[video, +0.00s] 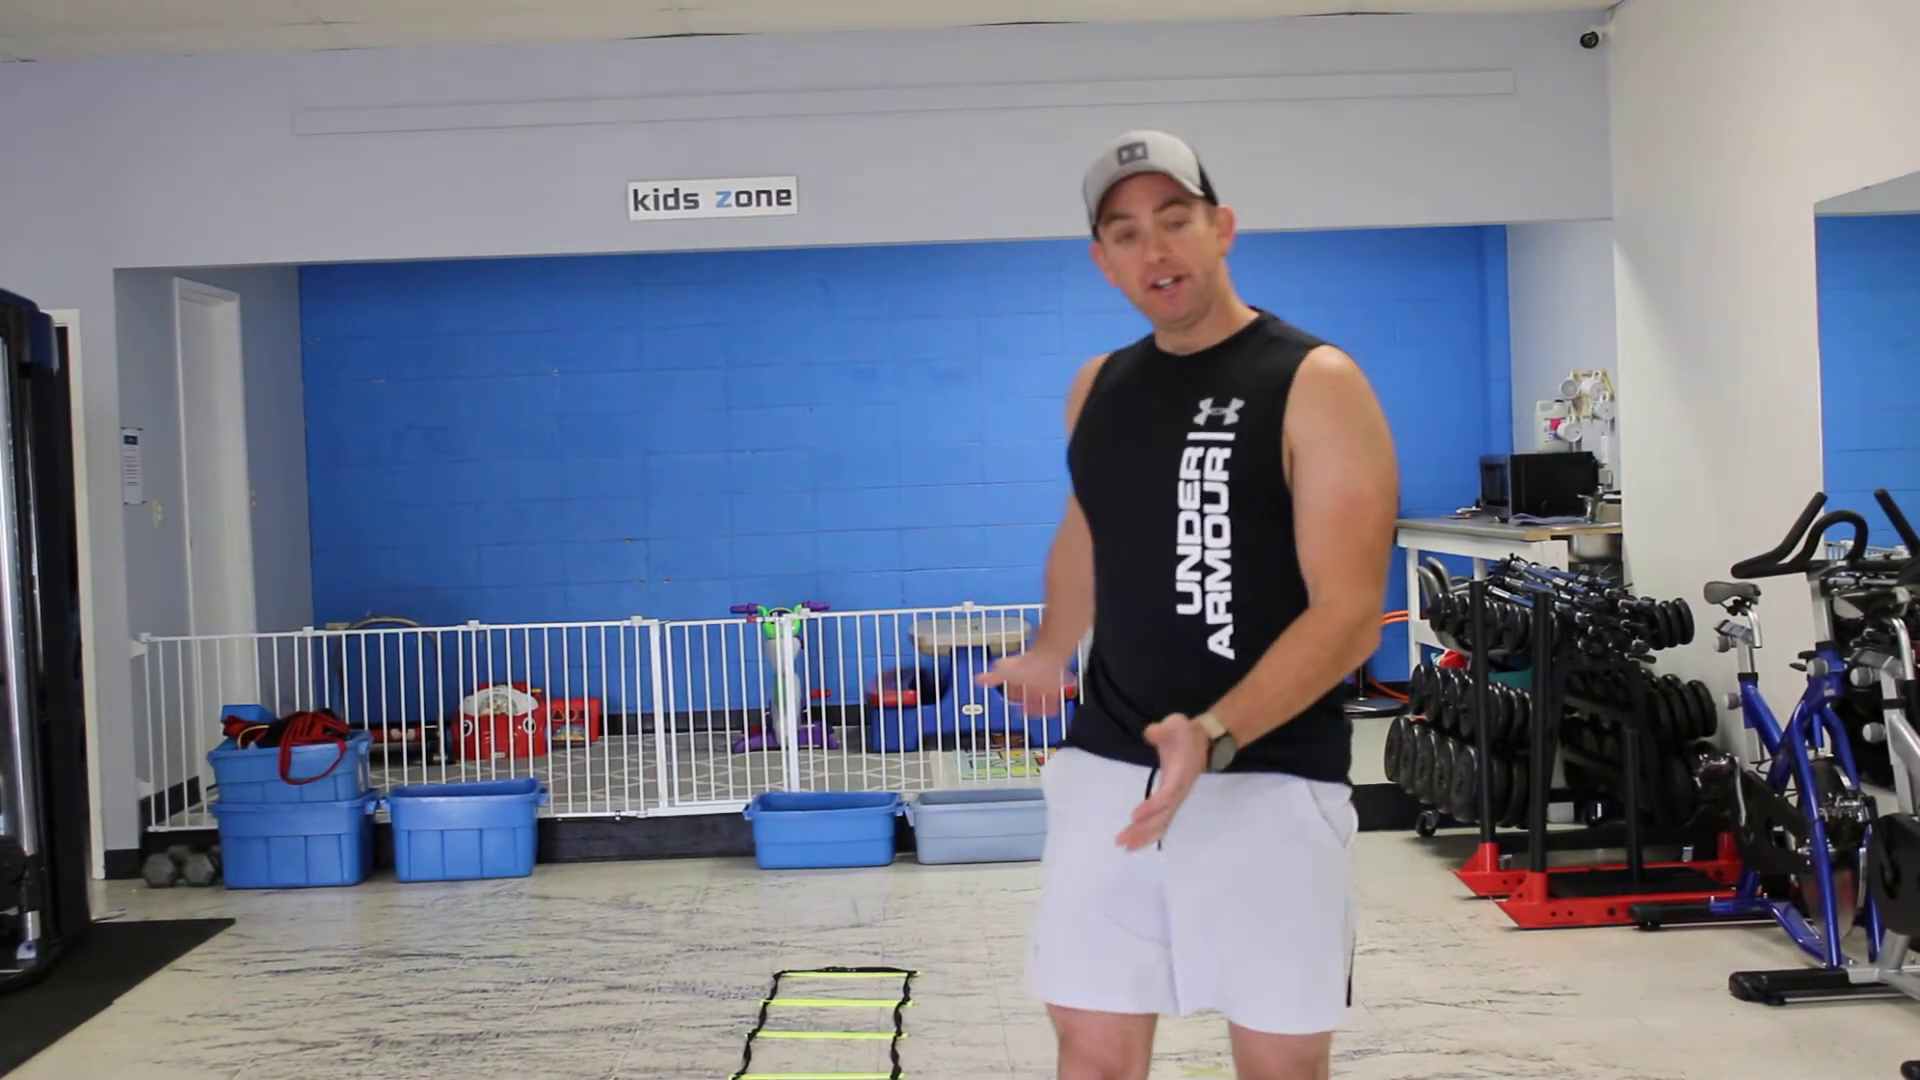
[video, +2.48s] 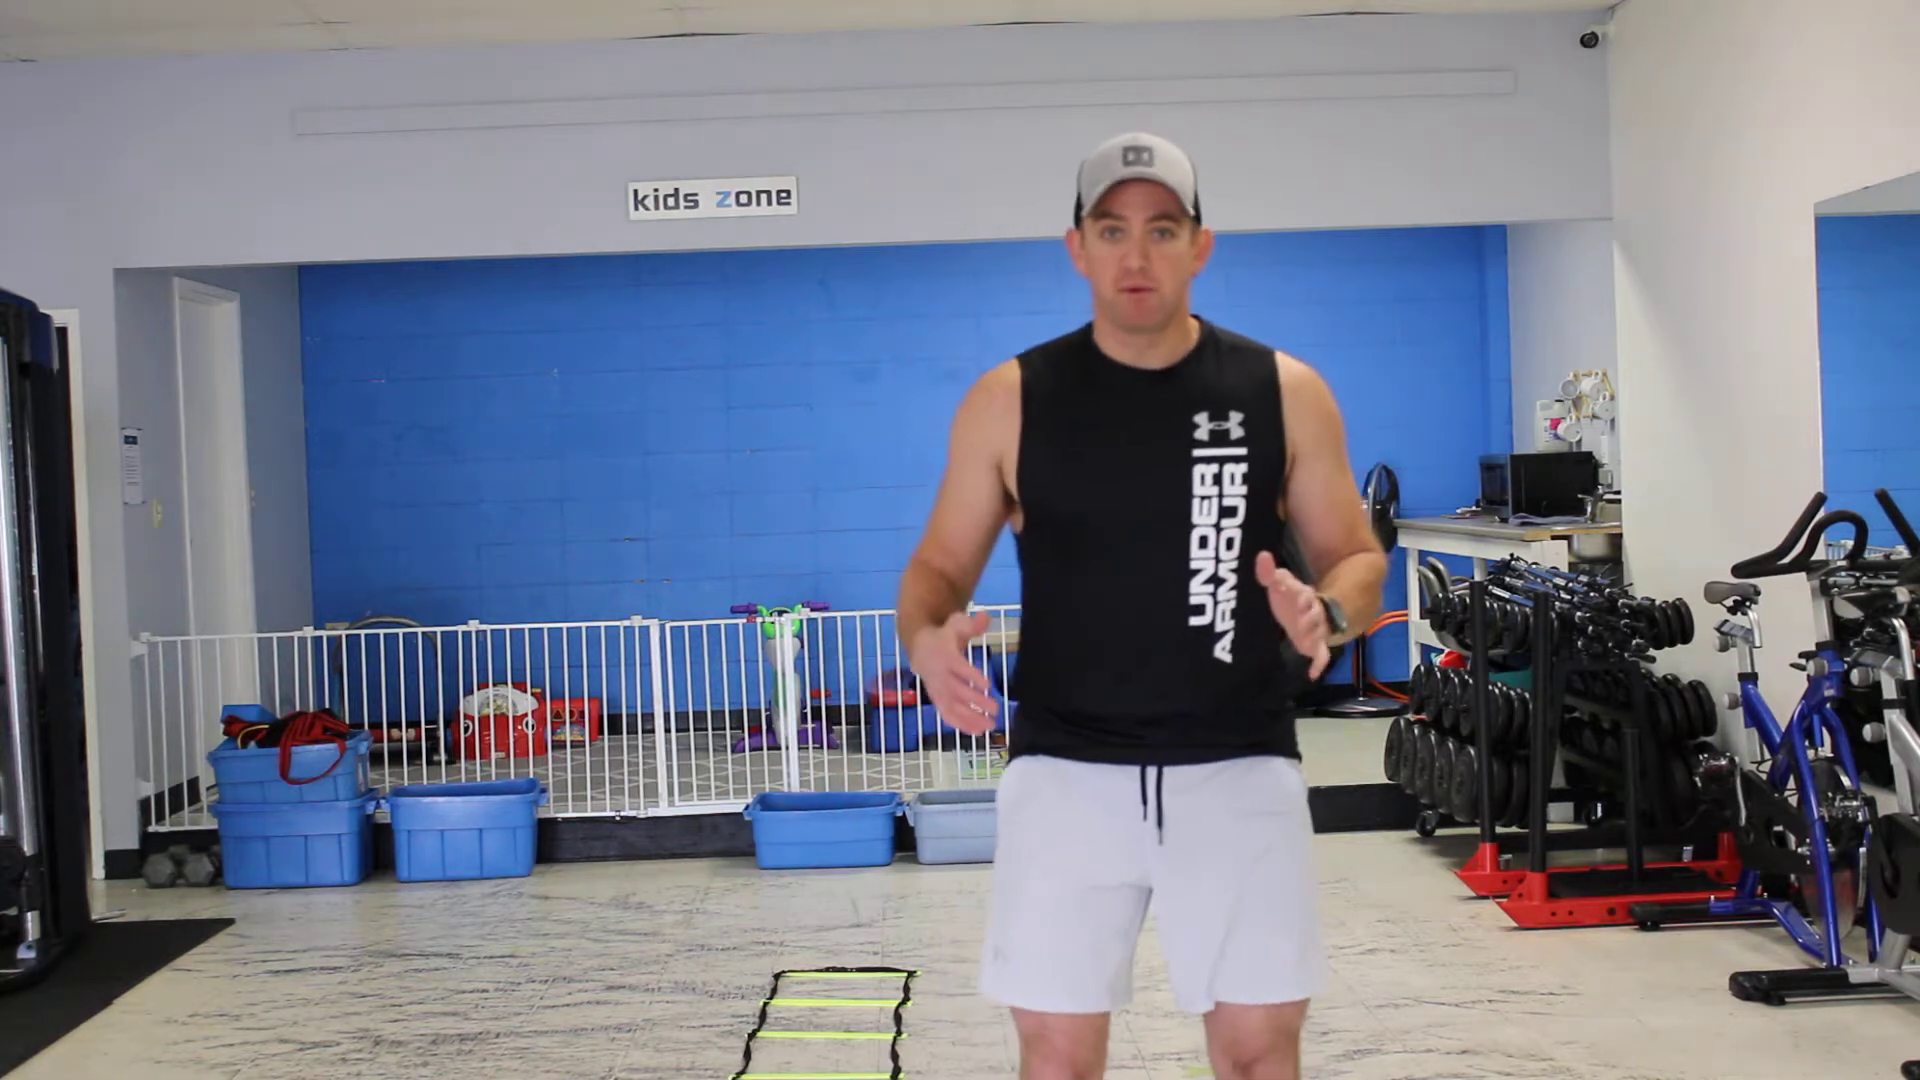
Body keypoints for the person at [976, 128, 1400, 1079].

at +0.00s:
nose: (1155, 252)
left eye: (1173, 220)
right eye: (1125, 234)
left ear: (1223, 227)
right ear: (1103, 263)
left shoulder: (1317, 385)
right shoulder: (1099, 388)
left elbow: (1349, 616)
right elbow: (1086, 525)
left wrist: (1211, 733)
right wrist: (1052, 647)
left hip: (1270, 788)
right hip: (1103, 779)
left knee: (1281, 1061)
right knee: (1094, 1059)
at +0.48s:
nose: (1075, 243)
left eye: (1092, 217)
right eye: (1044, 231)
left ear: (1132, 229)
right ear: (1016, 270)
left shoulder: (1252, 382)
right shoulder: (992, 409)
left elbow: (1322, 586)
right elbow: (946, 570)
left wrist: (1254, 692)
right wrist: (874, 710)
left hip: (1231, 790)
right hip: (1054, 798)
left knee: (1273, 1066)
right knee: (1070, 1065)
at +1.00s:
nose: (1020, 265)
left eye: (1038, 236)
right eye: (990, 250)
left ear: (1079, 243)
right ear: (962, 281)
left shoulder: (1201, 391)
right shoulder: (933, 427)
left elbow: (1286, 581)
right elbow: (892, 627)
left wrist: (1224, 661)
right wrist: (795, 779)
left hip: (1196, 789)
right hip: (1019, 806)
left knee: (1284, 1061)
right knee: (1045, 1065)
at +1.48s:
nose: (1032, 255)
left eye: (1052, 230)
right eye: (1003, 238)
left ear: (1090, 248)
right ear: (969, 271)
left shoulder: (1200, 399)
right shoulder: (926, 432)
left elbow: (1277, 579)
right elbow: (864, 620)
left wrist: (1245, 658)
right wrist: (791, 752)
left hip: (1191, 797)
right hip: (1012, 812)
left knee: (1279, 1063)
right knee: (1041, 1066)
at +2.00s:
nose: (1078, 244)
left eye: (1100, 220)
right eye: (1051, 225)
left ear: (1141, 240)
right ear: (1019, 257)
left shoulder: (1241, 377)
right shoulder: (965, 400)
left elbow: (1342, 548)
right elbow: (896, 572)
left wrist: (1310, 580)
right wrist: (864, 633)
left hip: (1216, 777)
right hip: (1040, 785)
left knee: (1249, 1062)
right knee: (1059, 1062)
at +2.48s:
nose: (1137, 253)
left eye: (1163, 228)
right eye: (1113, 229)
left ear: (1201, 247)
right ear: (1078, 248)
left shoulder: (1287, 393)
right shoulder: (1010, 401)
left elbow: (1355, 556)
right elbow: (938, 569)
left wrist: (1327, 611)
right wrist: (928, 635)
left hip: (1241, 775)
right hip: (1065, 781)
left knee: (1259, 1054)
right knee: (1057, 1058)